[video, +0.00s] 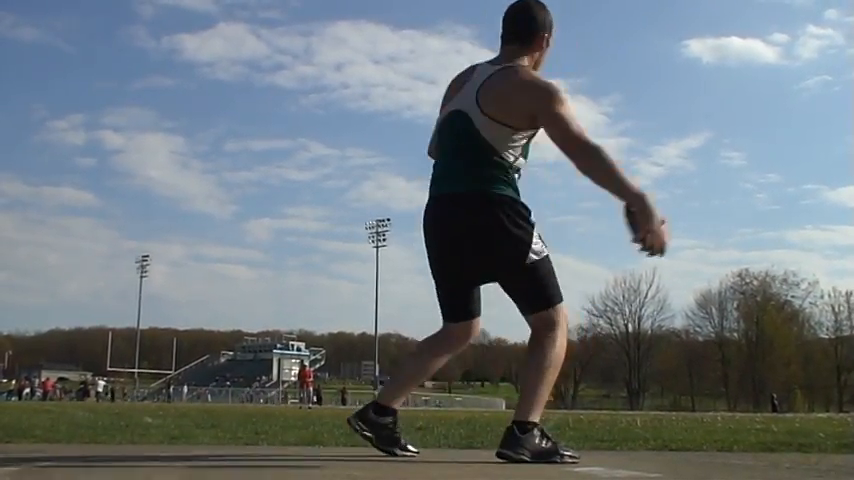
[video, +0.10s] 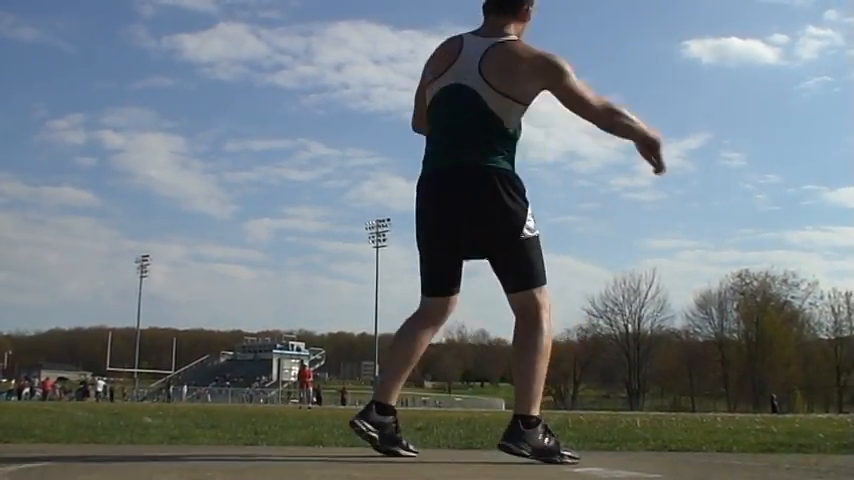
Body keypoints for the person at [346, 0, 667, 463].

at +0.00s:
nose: (550, 49)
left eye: (548, 42)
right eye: (550, 42)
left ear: (504, 37)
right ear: (542, 42)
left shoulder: (463, 79)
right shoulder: (537, 89)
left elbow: (437, 147)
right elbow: (581, 149)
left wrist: (490, 155)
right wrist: (636, 198)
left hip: (442, 213)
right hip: (494, 211)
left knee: (460, 327)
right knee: (551, 323)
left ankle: (380, 412)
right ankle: (525, 431)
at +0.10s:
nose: (532, 15)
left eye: (528, 11)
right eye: (532, 10)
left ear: (484, 10)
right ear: (528, 11)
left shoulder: (444, 51)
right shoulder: (533, 60)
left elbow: (420, 120)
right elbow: (596, 109)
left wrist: (471, 132)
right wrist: (643, 134)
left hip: (434, 192)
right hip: (492, 190)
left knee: (434, 306)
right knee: (533, 309)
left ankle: (379, 411)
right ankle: (527, 426)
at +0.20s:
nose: (515, 10)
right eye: (516, 7)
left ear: (471, 2)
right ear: (513, 5)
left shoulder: (429, 41)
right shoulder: (530, 47)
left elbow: (414, 106)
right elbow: (559, 81)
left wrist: (455, 81)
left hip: (433, 180)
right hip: (493, 179)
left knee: (416, 301)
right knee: (525, 305)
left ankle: (383, 412)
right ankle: (530, 419)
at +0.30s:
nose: (508, 10)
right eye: (510, 7)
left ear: (460, 4)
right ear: (505, 5)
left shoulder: (421, 44)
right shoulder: (523, 47)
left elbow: (409, 100)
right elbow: (509, 90)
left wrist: (427, 44)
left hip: (435, 183)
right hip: (498, 182)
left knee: (412, 303)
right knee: (525, 307)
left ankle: (382, 420)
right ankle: (529, 421)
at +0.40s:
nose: (504, 13)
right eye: (505, 9)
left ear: (455, 9)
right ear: (500, 10)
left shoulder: (417, 52)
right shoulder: (513, 56)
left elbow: (397, 105)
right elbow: (470, 49)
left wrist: (397, 43)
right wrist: (423, 20)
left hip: (434, 191)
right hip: (496, 190)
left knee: (410, 310)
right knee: (522, 311)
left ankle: (382, 427)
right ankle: (526, 427)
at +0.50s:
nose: (496, 19)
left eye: (454, 11)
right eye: (499, 15)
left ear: (452, 12)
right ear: (497, 16)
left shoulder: (415, 57)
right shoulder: (511, 60)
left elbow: (392, 117)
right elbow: (456, 51)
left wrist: (394, 52)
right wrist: (400, 22)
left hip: (433, 195)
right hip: (495, 193)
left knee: (408, 313)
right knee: (521, 313)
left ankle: (379, 431)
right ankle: (524, 432)